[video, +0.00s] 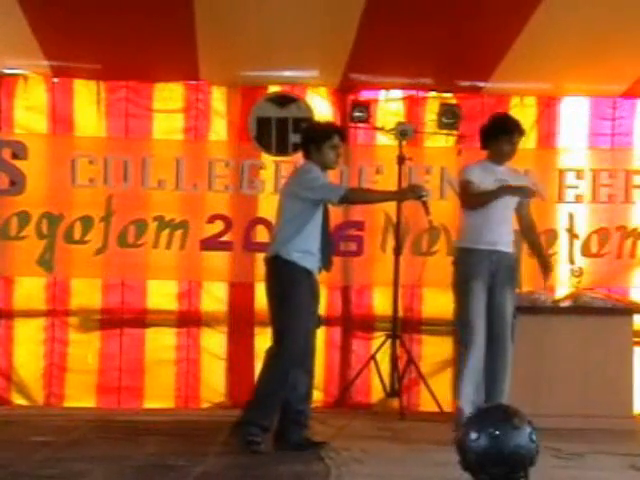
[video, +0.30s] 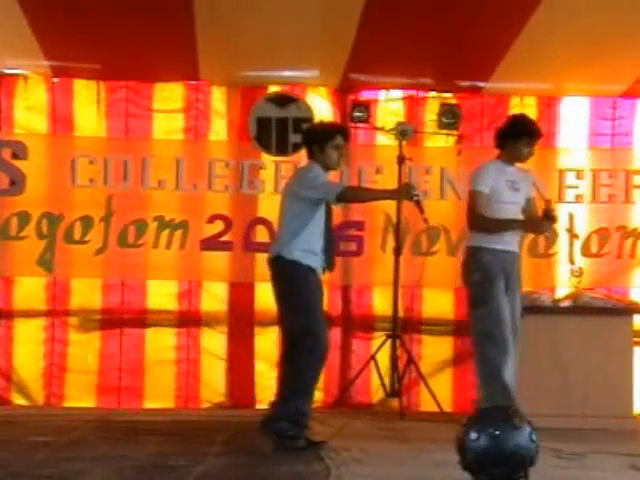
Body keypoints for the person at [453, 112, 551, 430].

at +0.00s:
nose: (513, 149)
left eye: (516, 142)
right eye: (508, 142)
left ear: (516, 144)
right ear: (493, 141)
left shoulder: (516, 178)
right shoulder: (472, 171)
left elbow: (526, 222)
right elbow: (469, 202)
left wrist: (542, 258)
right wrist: (505, 191)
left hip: (505, 257)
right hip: (474, 255)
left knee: (502, 333)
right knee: (473, 332)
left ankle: (496, 408)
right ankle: (466, 409)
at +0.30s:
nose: (531, 151)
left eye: (533, 145)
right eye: (527, 144)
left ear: (529, 145)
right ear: (509, 142)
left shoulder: (525, 179)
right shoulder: (485, 173)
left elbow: (529, 220)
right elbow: (475, 222)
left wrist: (543, 221)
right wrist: (523, 225)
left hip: (510, 256)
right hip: (484, 254)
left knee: (510, 327)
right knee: (495, 328)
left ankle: (500, 402)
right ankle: (500, 404)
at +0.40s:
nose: (538, 151)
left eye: (539, 145)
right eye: (534, 144)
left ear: (531, 144)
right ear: (517, 142)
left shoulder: (527, 180)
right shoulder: (491, 174)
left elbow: (536, 219)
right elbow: (480, 222)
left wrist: (547, 217)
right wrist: (527, 223)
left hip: (514, 259)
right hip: (491, 258)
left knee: (509, 339)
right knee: (506, 338)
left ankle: (493, 414)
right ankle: (520, 420)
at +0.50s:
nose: (541, 151)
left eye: (542, 145)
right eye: (537, 144)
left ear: (534, 145)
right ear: (521, 142)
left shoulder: (530, 180)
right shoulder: (496, 174)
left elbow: (540, 218)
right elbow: (484, 224)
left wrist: (552, 218)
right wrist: (532, 226)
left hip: (518, 260)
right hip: (497, 260)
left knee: (508, 343)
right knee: (512, 343)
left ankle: (493, 419)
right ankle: (525, 425)